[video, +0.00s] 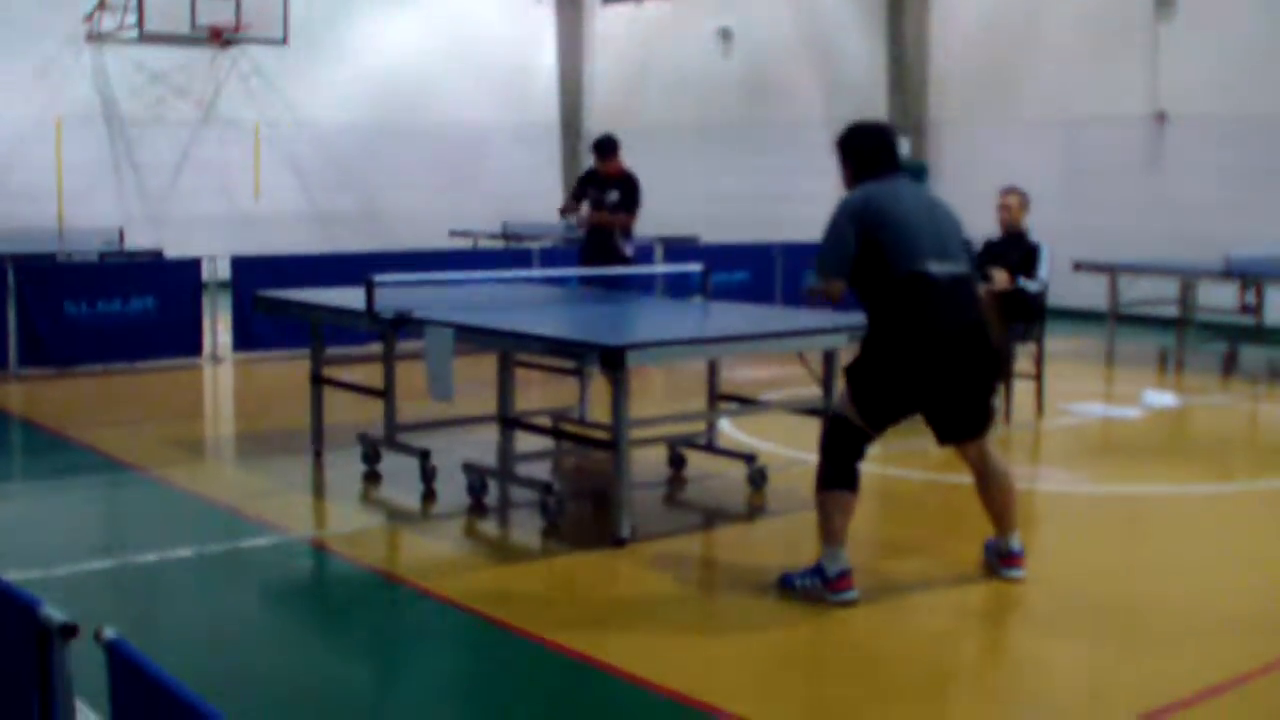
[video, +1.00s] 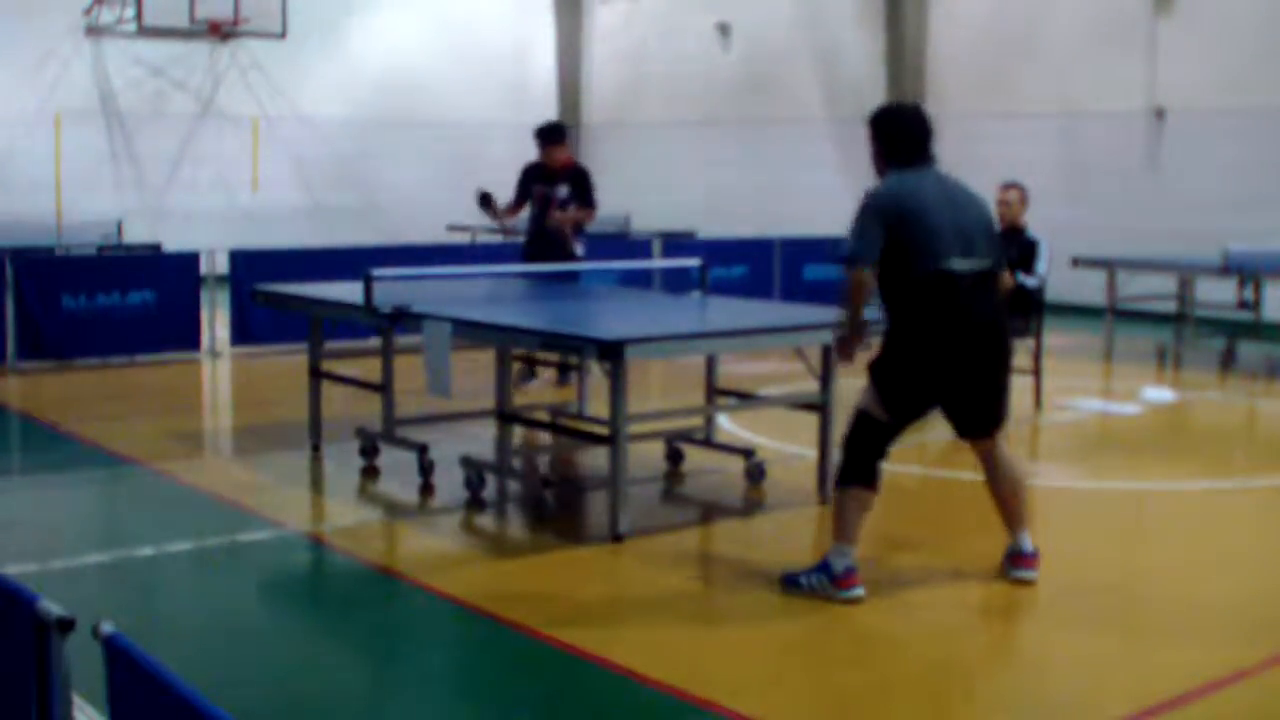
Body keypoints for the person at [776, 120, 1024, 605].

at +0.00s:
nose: (841, 174)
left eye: (842, 165)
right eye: (842, 165)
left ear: (850, 166)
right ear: (894, 159)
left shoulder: (857, 206)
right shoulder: (933, 204)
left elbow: (830, 288)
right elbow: (974, 281)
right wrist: (995, 346)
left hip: (900, 348)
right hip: (964, 345)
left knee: (842, 438)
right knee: (977, 447)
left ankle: (833, 566)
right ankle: (1009, 546)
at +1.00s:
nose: (871, 155)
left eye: (874, 147)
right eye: (873, 146)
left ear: (881, 150)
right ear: (927, 144)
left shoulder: (883, 201)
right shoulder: (968, 198)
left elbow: (860, 276)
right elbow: (1002, 280)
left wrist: (851, 330)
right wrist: (965, 311)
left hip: (917, 351)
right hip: (982, 350)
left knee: (864, 441)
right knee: (990, 444)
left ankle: (841, 562)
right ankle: (1022, 548)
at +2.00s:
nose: (844, 228)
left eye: (844, 220)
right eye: (842, 220)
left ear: (853, 218)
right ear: (894, 209)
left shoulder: (866, 241)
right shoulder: (926, 238)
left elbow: (879, 297)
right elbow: (924, 321)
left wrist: (871, 379)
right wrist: (846, 322)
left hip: (941, 355)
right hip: (1003, 349)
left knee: (863, 444)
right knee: (996, 446)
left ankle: (845, 568)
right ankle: (1023, 547)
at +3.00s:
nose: (849, 215)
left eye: (848, 206)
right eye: (847, 206)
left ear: (857, 204)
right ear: (900, 192)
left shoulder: (872, 227)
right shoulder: (934, 221)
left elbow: (892, 274)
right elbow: (932, 278)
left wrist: (882, 360)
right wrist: (856, 291)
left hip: (941, 346)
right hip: (1002, 342)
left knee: (863, 435)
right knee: (997, 435)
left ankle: (844, 558)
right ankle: (1022, 537)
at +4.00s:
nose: (850, 208)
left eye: (849, 200)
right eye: (848, 200)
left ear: (857, 198)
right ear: (899, 189)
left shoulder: (870, 222)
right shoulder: (933, 218)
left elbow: (881, 280)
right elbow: (933, 279)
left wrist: (875, 361)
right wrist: (855, 285)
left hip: (937, 344)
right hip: (999, 339)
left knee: (859, 434)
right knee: (993, 431)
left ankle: (843, 557)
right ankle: (1021, 535)